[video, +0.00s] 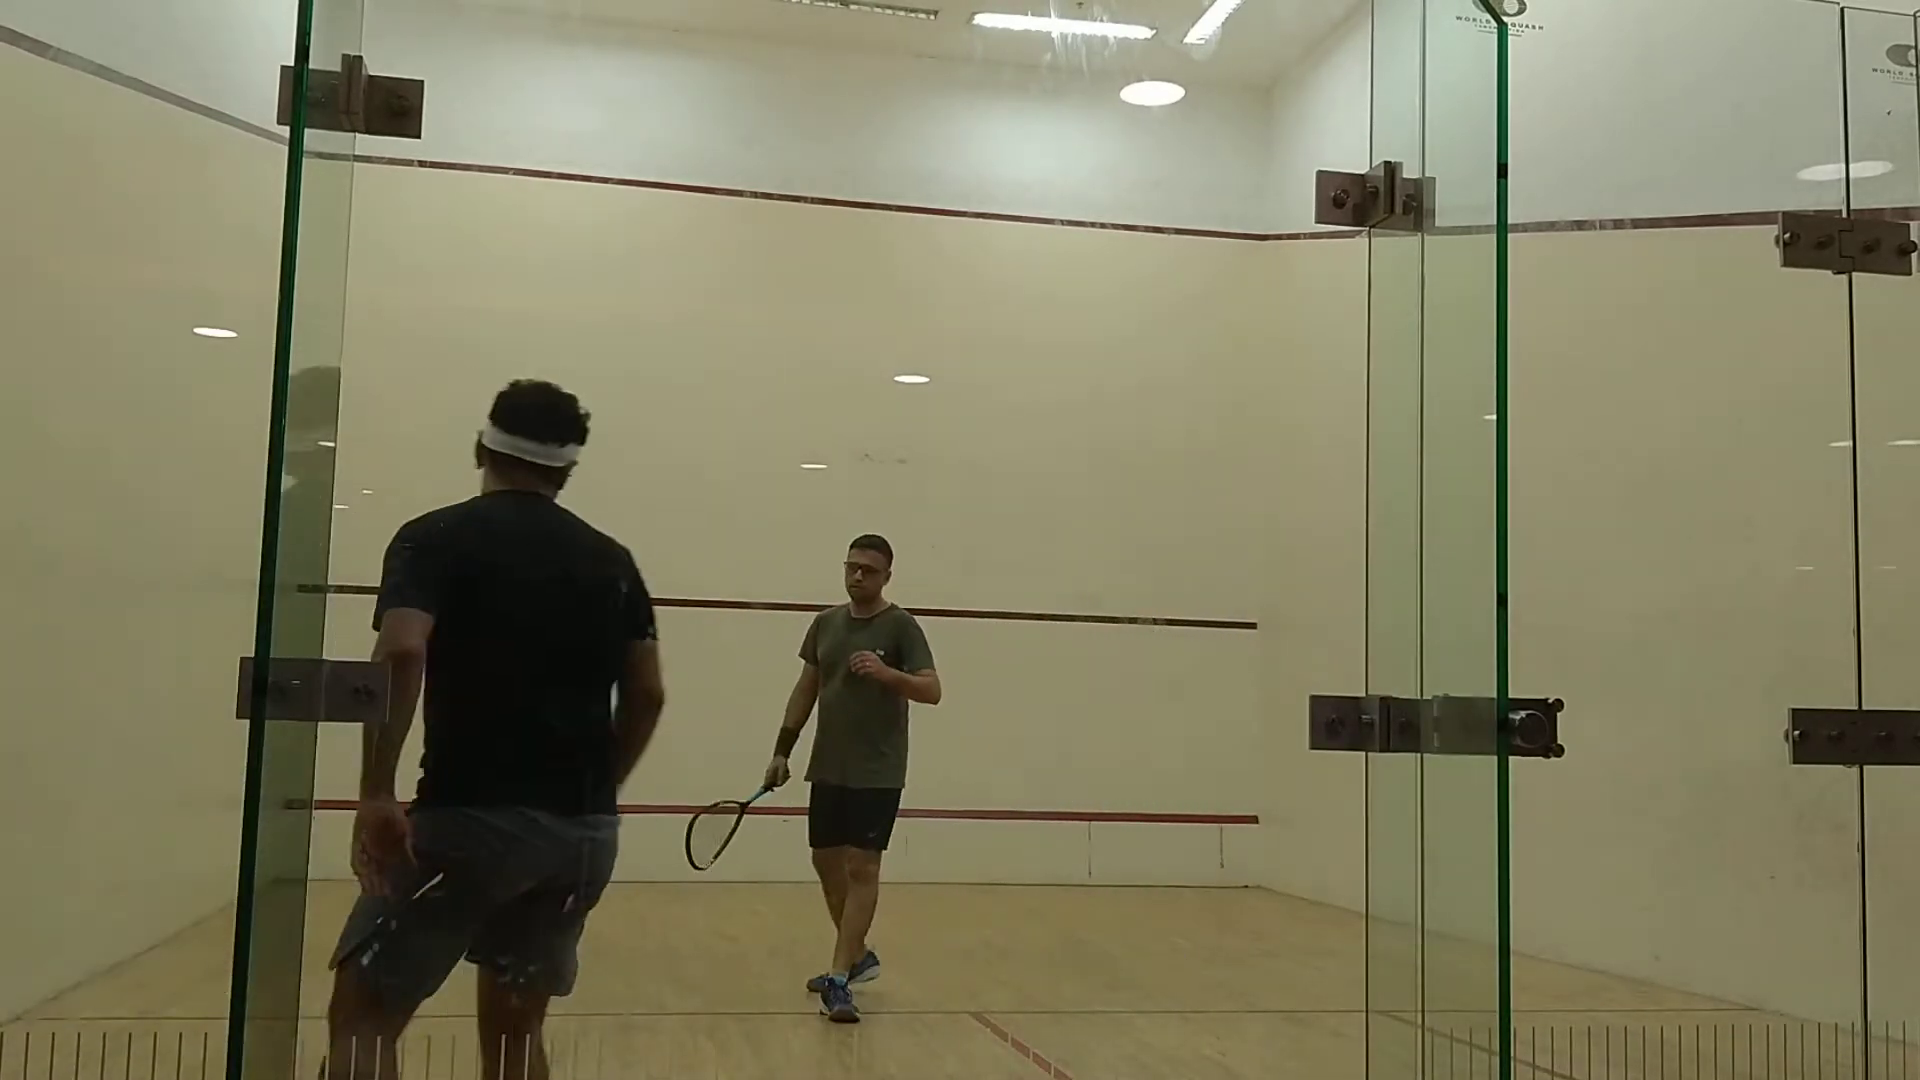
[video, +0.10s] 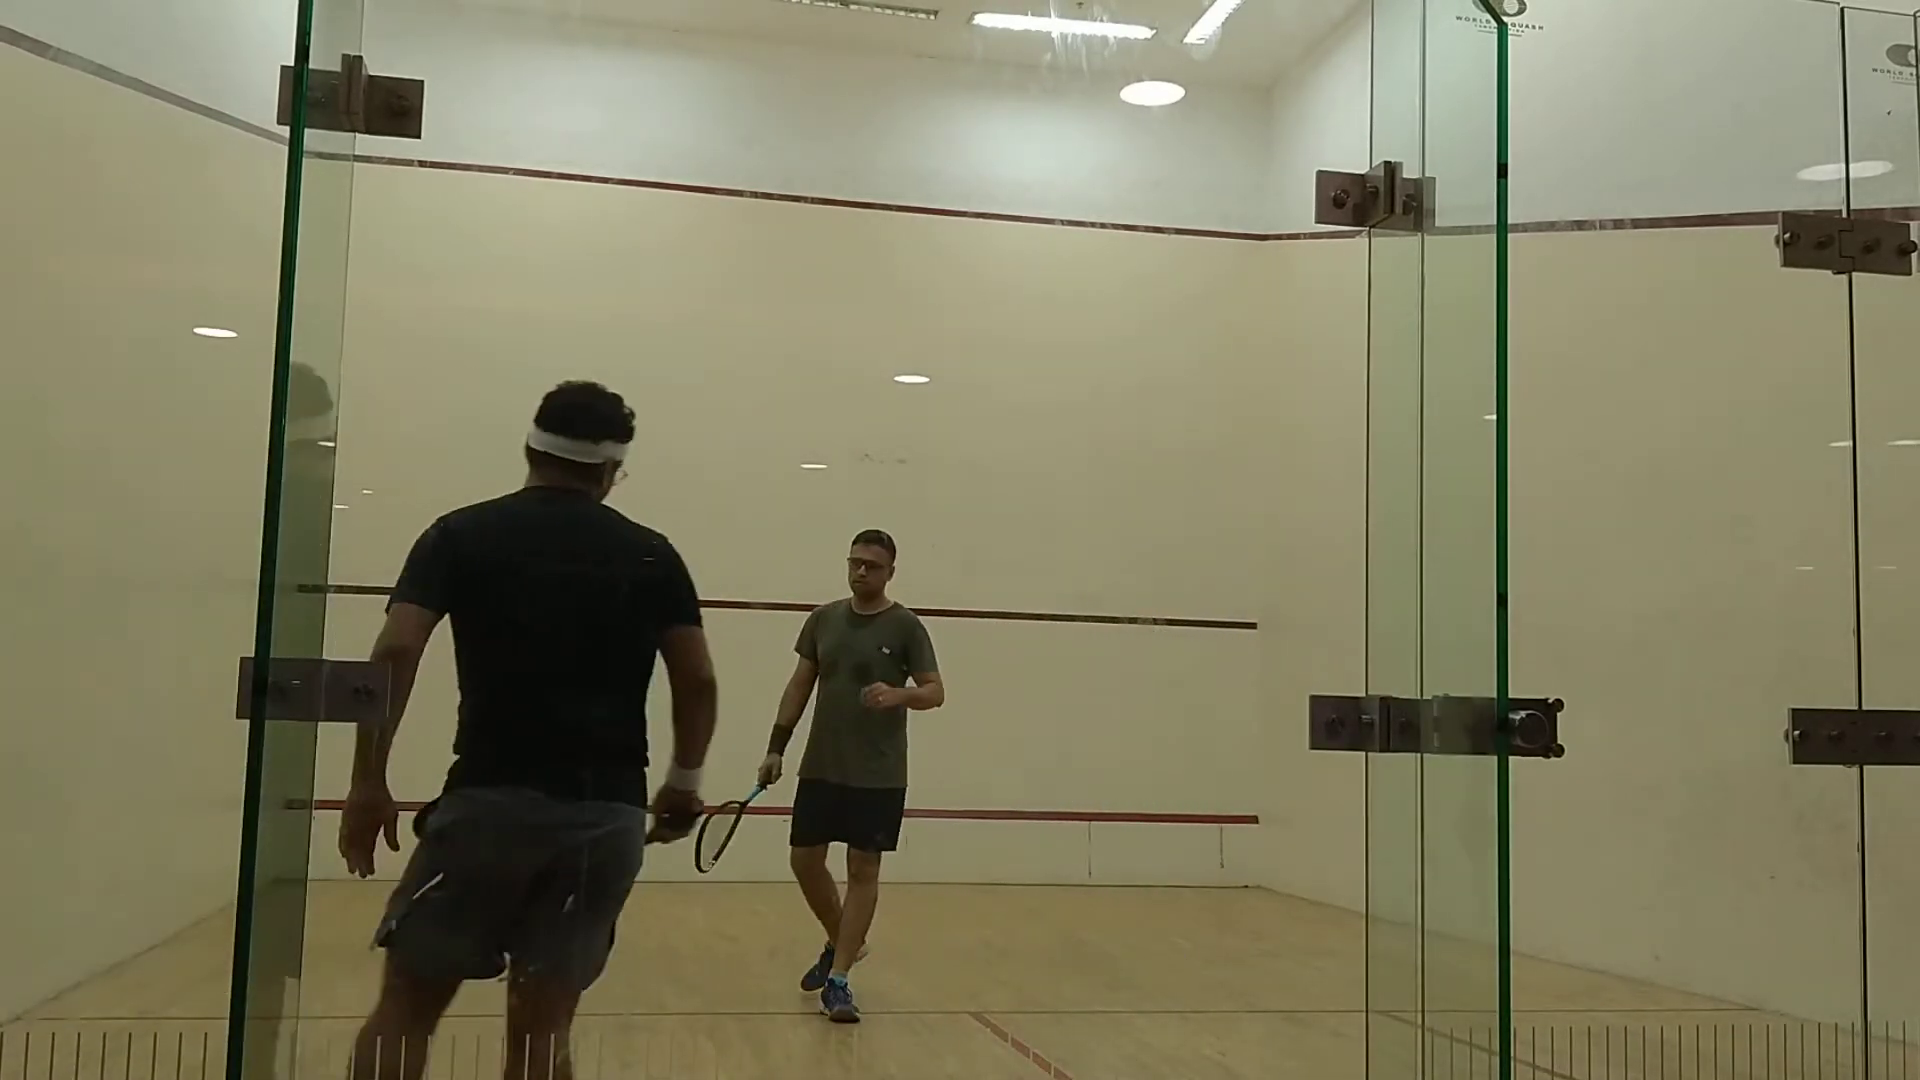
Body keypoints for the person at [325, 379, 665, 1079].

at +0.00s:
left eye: (486, 448)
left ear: (485, 451)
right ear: (566, 469)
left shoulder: (430, 538)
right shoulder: (611, 561)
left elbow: (403, 655)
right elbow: (646, 695)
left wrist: (377, 793)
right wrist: (595, 789)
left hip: (463, 831)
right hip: (579, 838)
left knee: (361, 1021)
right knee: (516, 1025)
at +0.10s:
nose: (615, 479)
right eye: (617, 468)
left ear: (531, 454)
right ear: (611, 472)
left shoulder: (459, 535)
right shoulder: (650, 555)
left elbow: (396, 655)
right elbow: (696, 681)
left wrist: (369, 780)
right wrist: (686, 777)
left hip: (486, 814)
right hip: (606, 824)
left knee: (405, 1014)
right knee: (543, 1023)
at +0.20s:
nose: (660, 486)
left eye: (660, 473)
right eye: (658, 473)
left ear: (574, 462)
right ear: (645, 474)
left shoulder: (494, 541)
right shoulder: (678, 561)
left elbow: (412, 651)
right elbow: (731, 684)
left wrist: (386, 766)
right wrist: (745, 780)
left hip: (509, 813)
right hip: (624, 824)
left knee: (479, 994)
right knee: (554, 1025)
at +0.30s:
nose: (699, 499)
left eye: (701, 485)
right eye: (697, 485)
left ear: (616, 474)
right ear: (674, 483)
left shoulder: (535, 554)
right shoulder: (698, 570)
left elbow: (445, 658)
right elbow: (748, 697)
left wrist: (417, 769)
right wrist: (789, 796)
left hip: (536, 809)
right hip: (637, 819)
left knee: (553, 990)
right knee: (560, 1021)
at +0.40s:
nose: (741, 513)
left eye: (742, 499)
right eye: (737, 498)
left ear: (660, 489)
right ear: (710, 496)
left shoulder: (585, 565)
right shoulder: (728, 580)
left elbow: (489, 667)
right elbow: (768, 711)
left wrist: (469, 772)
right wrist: (817, 816)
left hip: (569, 817)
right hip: (657, 832)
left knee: (608, 1007)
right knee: (582, 1025)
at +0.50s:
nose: (783, 525)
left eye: (785, 511)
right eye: (779, 509)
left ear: (708, 500)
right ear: (748, 507)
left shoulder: (631, 576)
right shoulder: (764, 588)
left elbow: (541, 683)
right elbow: (793, 717)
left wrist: (538, 778)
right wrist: (837, 832)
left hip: (621, 819)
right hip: (700, 832)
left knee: (668, 1013)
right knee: (636, 1016)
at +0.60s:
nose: (829, 528)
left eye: (831, 515)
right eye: (825, 514)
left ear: (758, 505)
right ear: (792, 511)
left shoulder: (686, 574)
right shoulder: (800, 586)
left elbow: (613, 691)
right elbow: (810, 707)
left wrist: (632, 775)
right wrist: (856, 820)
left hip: (671, 822)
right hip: (748, 838)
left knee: (706, 990)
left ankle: (670, 1078)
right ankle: (673, 1070)